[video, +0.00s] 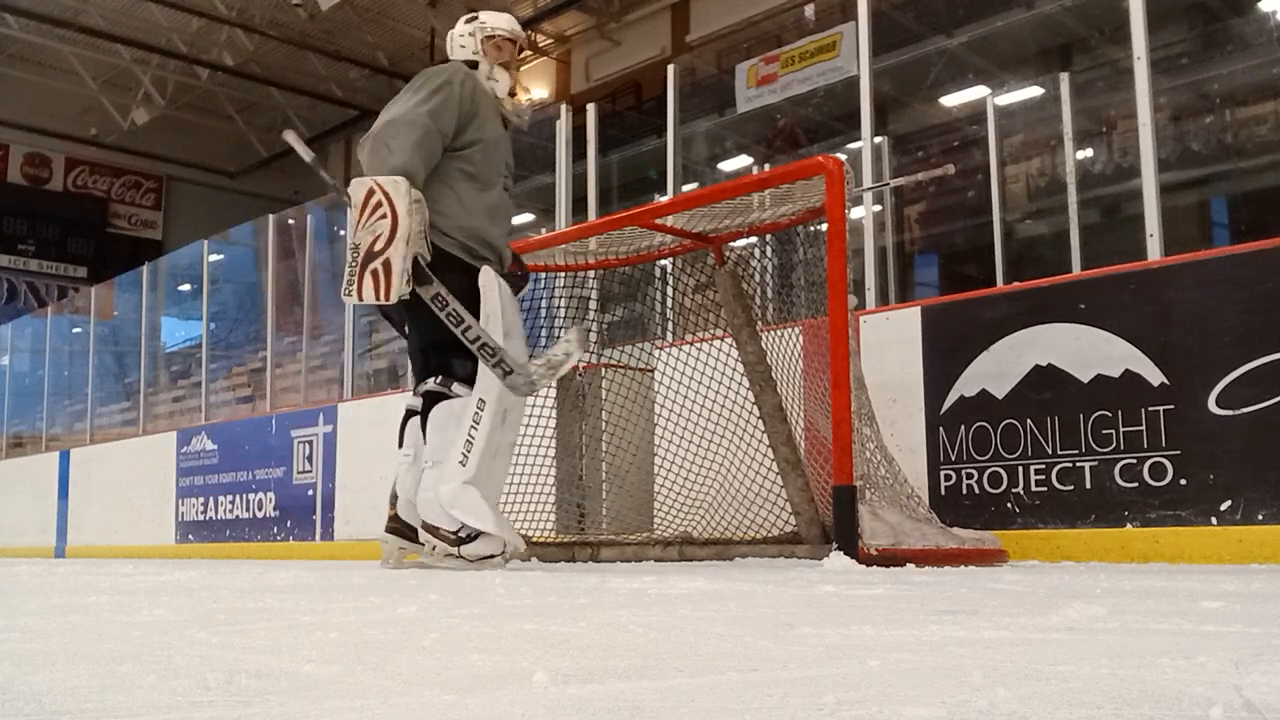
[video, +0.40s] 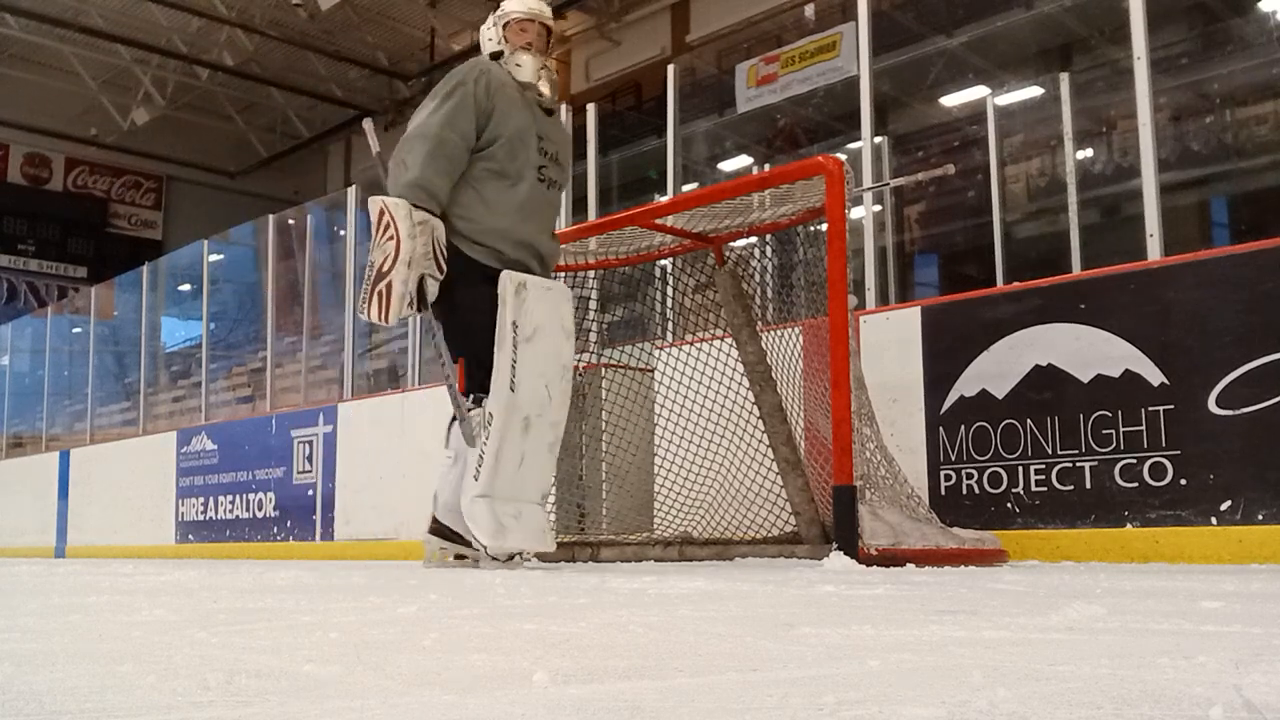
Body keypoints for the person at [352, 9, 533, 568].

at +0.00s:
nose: (509, 54)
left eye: (514, 49)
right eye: (500, 43)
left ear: (514, 57)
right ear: (471, 43)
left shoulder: (487, 111)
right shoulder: (453, 80)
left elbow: (468, 197)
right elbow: (398, 137)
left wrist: (501, 257)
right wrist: (386, 225)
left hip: (449, 261)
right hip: (445, 254)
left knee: (441, 389)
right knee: (483, 379)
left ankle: (411, 513)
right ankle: (450, 511)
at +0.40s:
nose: (525, 32)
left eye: (535, 24)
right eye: (515, 23)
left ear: (548, 35)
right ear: (499, 31)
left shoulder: (549, 110)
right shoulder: (478, 77)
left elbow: (540, 192)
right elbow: (428, 148)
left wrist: (541, 260)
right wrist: (409, 236)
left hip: (525, 267)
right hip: (469, 257)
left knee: (510, 397)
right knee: (492, 396)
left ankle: (458, 525)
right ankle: (474, 526)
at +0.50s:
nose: (533, 29)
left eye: (542, 22)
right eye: (522, 19)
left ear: (553, 34)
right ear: (503, 28)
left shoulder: (565, 113)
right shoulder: (483, 73)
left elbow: (562, 190)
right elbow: (438, 139)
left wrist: (553, 246)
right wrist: (422, 218)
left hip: (545, 268)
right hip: (482, 255)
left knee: (542, 396)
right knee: (501, 390)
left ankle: (519, 527)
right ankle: (480, 524)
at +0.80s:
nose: (554, 13)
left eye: (563, 7)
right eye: (540, 6)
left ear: (578, 20)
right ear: (518, 18)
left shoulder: (603, 108)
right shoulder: (498, 70)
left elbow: (591, 208)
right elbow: (455, 154)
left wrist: (622, 256)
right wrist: (438, 239)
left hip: (585, 274)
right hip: (510, 261)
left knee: (617, 391)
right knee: (527, 398)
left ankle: (606, 521)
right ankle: (524, 529)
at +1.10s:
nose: (598, 18)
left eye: (609, 9)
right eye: (586, 9)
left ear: (626, 18)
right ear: (567, 19)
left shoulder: (662, 96)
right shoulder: (533, 80)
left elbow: (678, 180)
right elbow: (495, 160)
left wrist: (711, 234)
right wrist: (483, 227)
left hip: (640, 271)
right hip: (551, 266)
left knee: (676, 392)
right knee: (558, 395)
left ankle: (675, 532)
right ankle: (530, 536)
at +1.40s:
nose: (678, 27)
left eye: (690, 17)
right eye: (667, 15)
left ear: (707, 23)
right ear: (648, 18)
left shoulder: (736, 93)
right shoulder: (600, 77)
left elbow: (759, 189)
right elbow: (560, 161)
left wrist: (776, 249)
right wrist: (532, 212)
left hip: (693, 263)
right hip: (597, 261)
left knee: (728, 391)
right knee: (556, 391)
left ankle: (769, 535)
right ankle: (517, 536)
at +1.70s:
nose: (704, 14)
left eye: (716, 6)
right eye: (694, 5)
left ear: (733, 15)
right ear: (675, 10)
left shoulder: (757, 88)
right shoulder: (626, 79)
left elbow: (782, 172)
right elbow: (588, 162)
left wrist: (803, 241)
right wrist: (552, 212)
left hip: (720, 273)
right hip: (625, 273)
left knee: (741, 400)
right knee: (592, 397)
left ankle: (799, 533)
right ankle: (594, 532)